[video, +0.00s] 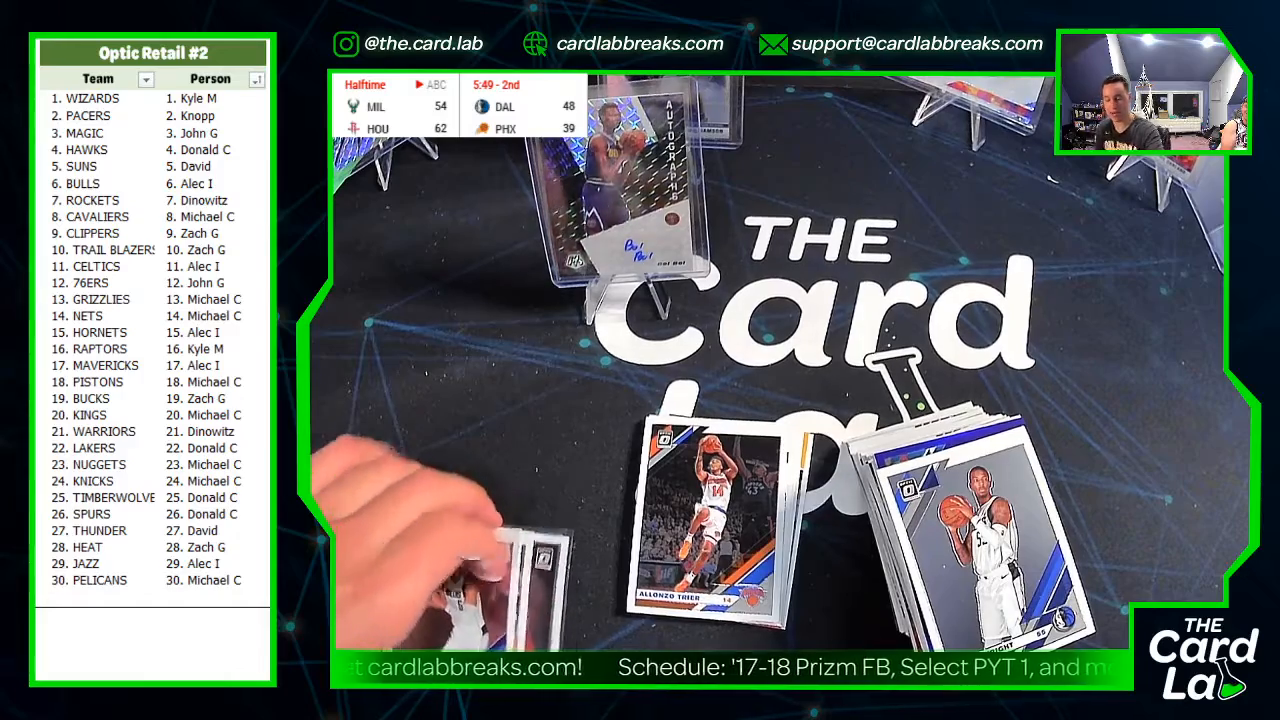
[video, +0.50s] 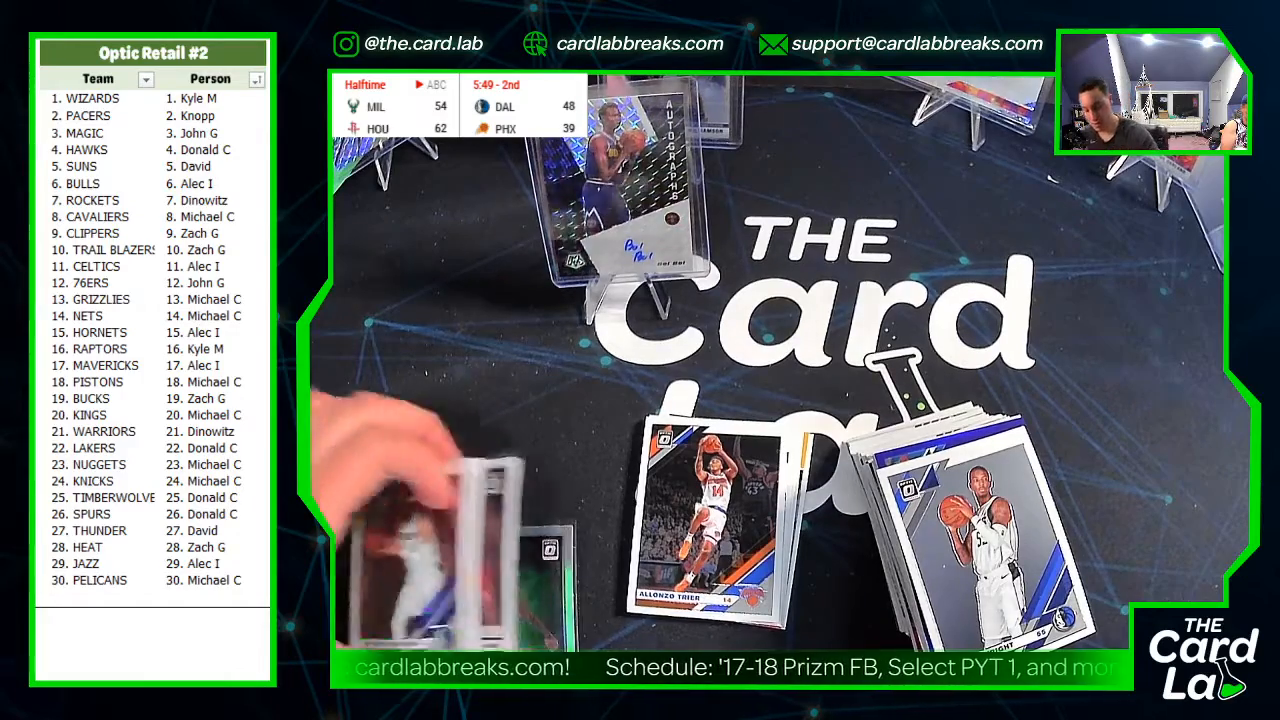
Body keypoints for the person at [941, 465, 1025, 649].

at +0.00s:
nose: (980, 484)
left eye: (983, 479)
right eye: (975, 480)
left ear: (990, 482)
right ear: (970, 486)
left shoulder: (1000, 504)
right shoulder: (974, 517)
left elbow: (996, 538)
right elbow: (965, 559)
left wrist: (972, 517)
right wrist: (953, 531)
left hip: (1007, 579)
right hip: (985, 585)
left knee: (1018, 633)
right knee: (991, 640)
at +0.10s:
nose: (980, 483)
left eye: (983, 479)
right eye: (975, 480)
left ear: (990, 482)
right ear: (970, 486)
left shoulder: (1000, 504)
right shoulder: (974, 517)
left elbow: (997, 539)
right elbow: (965, 559)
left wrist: (972, 517)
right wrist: (953, 531)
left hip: (1007, 579)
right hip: (985, 585)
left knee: (1018, 633)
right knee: (991, 640)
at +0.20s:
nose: (980, 483)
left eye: (983, 479)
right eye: (975, 480)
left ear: (990, 482)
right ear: (970, 486)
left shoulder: (1000, 504)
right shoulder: (974, 518)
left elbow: (997, 539)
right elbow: (965, 559)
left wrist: (972, 517)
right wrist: (953, 531)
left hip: (1007, 579)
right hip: (985, 585)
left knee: (1018, 633)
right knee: (991, 640)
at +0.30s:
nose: (980, 483)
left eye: (983, 479)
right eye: (975, 480)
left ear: (990, 482)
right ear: (970, 486)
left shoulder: (1000, 504)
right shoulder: (974, 518)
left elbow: (997, 539)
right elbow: (965, 559)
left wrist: (972, 517)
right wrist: (953, 531)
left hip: (1007, 580)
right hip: (985, 585)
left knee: (1018, 633)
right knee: (991, 640)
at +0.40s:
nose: (980, 483)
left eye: (983, 479)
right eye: (975, 480)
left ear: (990, 482)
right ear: (970, 486)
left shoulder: (1000, 504)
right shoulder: (974, 518)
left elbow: (997, 538)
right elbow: (965, 559)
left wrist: (972, 517)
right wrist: (953, 531)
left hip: (1007, 580)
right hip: (985, 585)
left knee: (1018, 633)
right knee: (991, 640)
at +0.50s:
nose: (980, 484)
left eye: (983, 479)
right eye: (975, 480)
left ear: (990, 482)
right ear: (970, 486)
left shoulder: (1000, 504)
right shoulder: (974, 518)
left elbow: (997, 538)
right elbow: (965, 559)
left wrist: (972, 517)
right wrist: (953, 530)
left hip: (1007, 579)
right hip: (985, 585)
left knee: (1018, 633)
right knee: (991, 640)